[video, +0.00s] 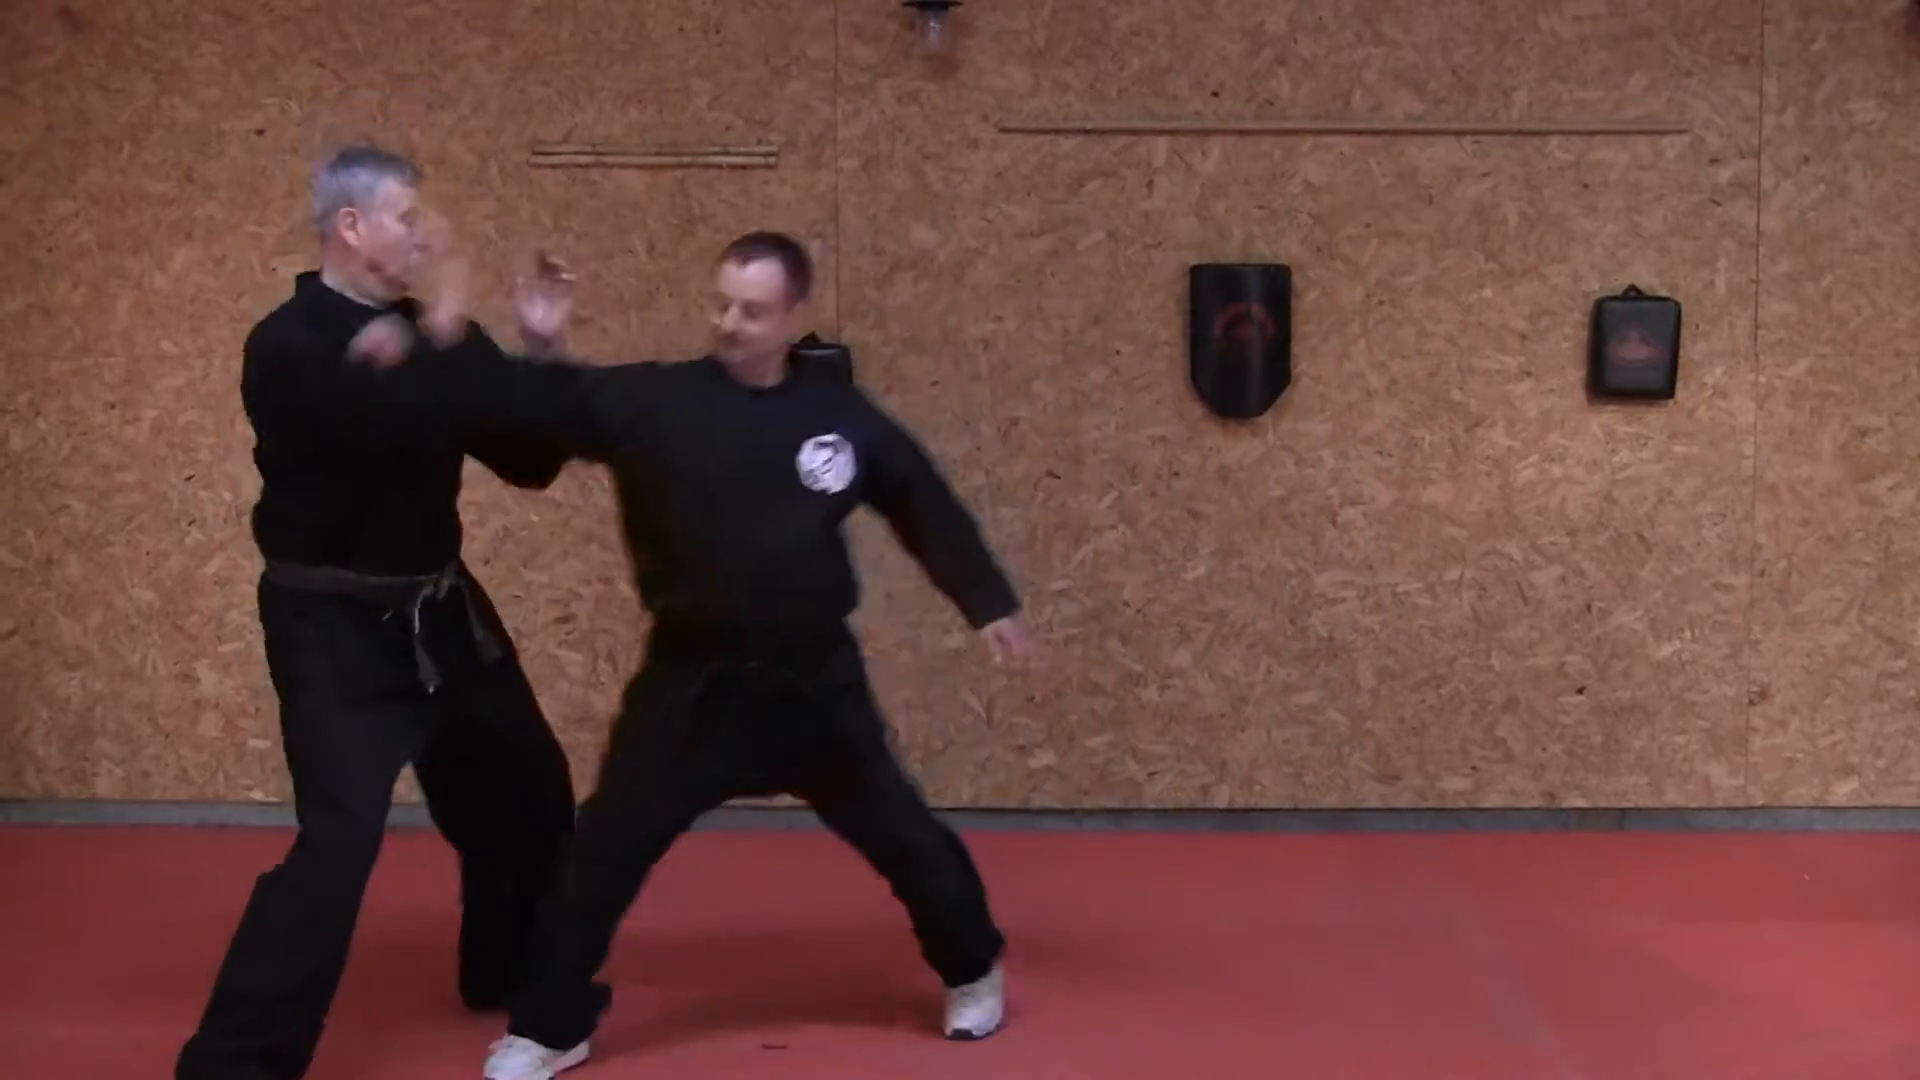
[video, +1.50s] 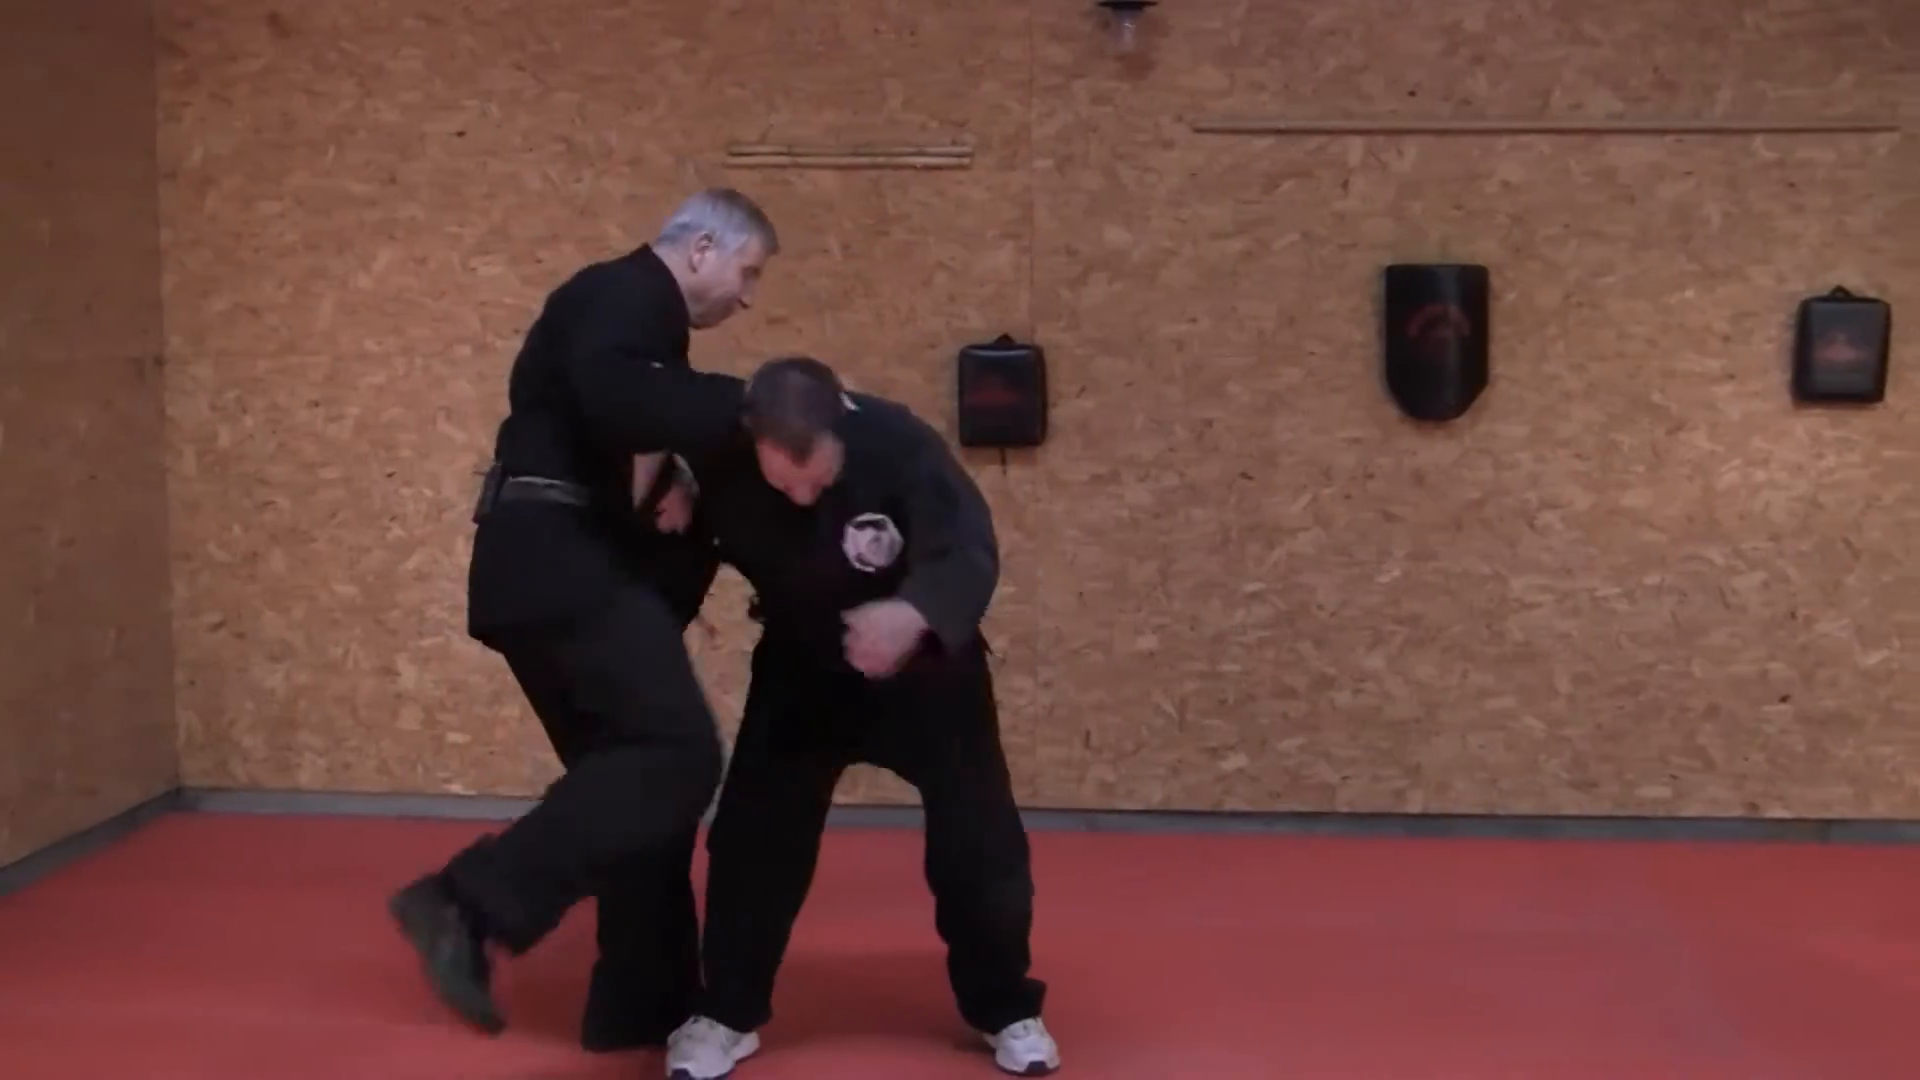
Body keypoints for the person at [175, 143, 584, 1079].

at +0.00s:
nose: (424, 236)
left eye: (422, 218)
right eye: (406, 219)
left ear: (372, 229)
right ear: (351, 228)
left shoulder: (431, 337)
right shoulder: (286, 346)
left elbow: (528, 462)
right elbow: (382, 420)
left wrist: (540, 352)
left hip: (441, 606)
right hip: (331, 617)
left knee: (527, 793)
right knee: (340, 838)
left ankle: (506, 974)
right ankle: (232, 1064)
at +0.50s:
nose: (442, 253)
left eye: (443, 236)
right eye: (429, 234)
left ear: (375, 240)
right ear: (369, 235)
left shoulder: (394, 339)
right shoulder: (334, 330)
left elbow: (470, 466)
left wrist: (500, 430)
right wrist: (513, 329)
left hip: (427, 617)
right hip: (360, 618)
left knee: (512, 784)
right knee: (331, 862)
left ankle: (521, 978)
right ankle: (170, 1060)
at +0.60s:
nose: (429, 249)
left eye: (427, 235)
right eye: (414, 234)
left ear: (360, 241)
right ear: (358, 238)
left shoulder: (375, 336)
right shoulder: (356, 309)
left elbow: (453, 478)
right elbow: (509, 298)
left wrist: (519, 406)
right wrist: (650, 277)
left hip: (437, 609)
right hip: (373, 610)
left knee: (509, 777)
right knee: (327, 840)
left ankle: (515, 970)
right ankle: (165, 1056)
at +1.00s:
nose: (538, 237)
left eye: (538, 222)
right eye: (525, 220)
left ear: (472, 219)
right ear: (466, 217)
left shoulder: (491, 302)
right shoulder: (432, 280)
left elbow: (560, 431)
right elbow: (567, 319)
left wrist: (588, 315)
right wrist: (699, 303)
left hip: (489, 607)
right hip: (419, 602)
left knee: (590, 762)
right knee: (358, 848)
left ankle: (528, 992)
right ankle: (230, 1061)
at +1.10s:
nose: (585, 233)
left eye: (590, 218)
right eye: (574, 215)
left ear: (527, 207)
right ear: (517, 202)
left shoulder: (515, 285)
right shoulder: (483, 272)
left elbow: (557, 445)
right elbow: (580, 352)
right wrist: (708, 339)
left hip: (512, 577)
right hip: (462, 574)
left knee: (592, 764)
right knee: (473, 792)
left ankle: (550, 1002)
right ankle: (315, 1002)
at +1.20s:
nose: (646, 262)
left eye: (655, 244)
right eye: (643, 237)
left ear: (600, 221)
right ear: (591, 210)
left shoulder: (579, 305)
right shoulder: (522, 271)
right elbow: (570, 380)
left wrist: (617, 446)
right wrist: (690, 370)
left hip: (536, 540)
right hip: (493, 534)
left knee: (569, 763)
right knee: (656, 667)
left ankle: (576, 1003)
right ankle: (485, 814)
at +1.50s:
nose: (746, 299)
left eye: (754, 280)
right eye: (747, 275)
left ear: (689, 245)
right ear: (702, 249)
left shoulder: (620, 308)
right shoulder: (628, 293)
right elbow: (617, 392)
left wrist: (675, 482)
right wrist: (751, 406)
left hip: (538, 560)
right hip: (559, 557)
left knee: (628, 773)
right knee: (678, 754)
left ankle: (641, 1009)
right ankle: (463, 903)